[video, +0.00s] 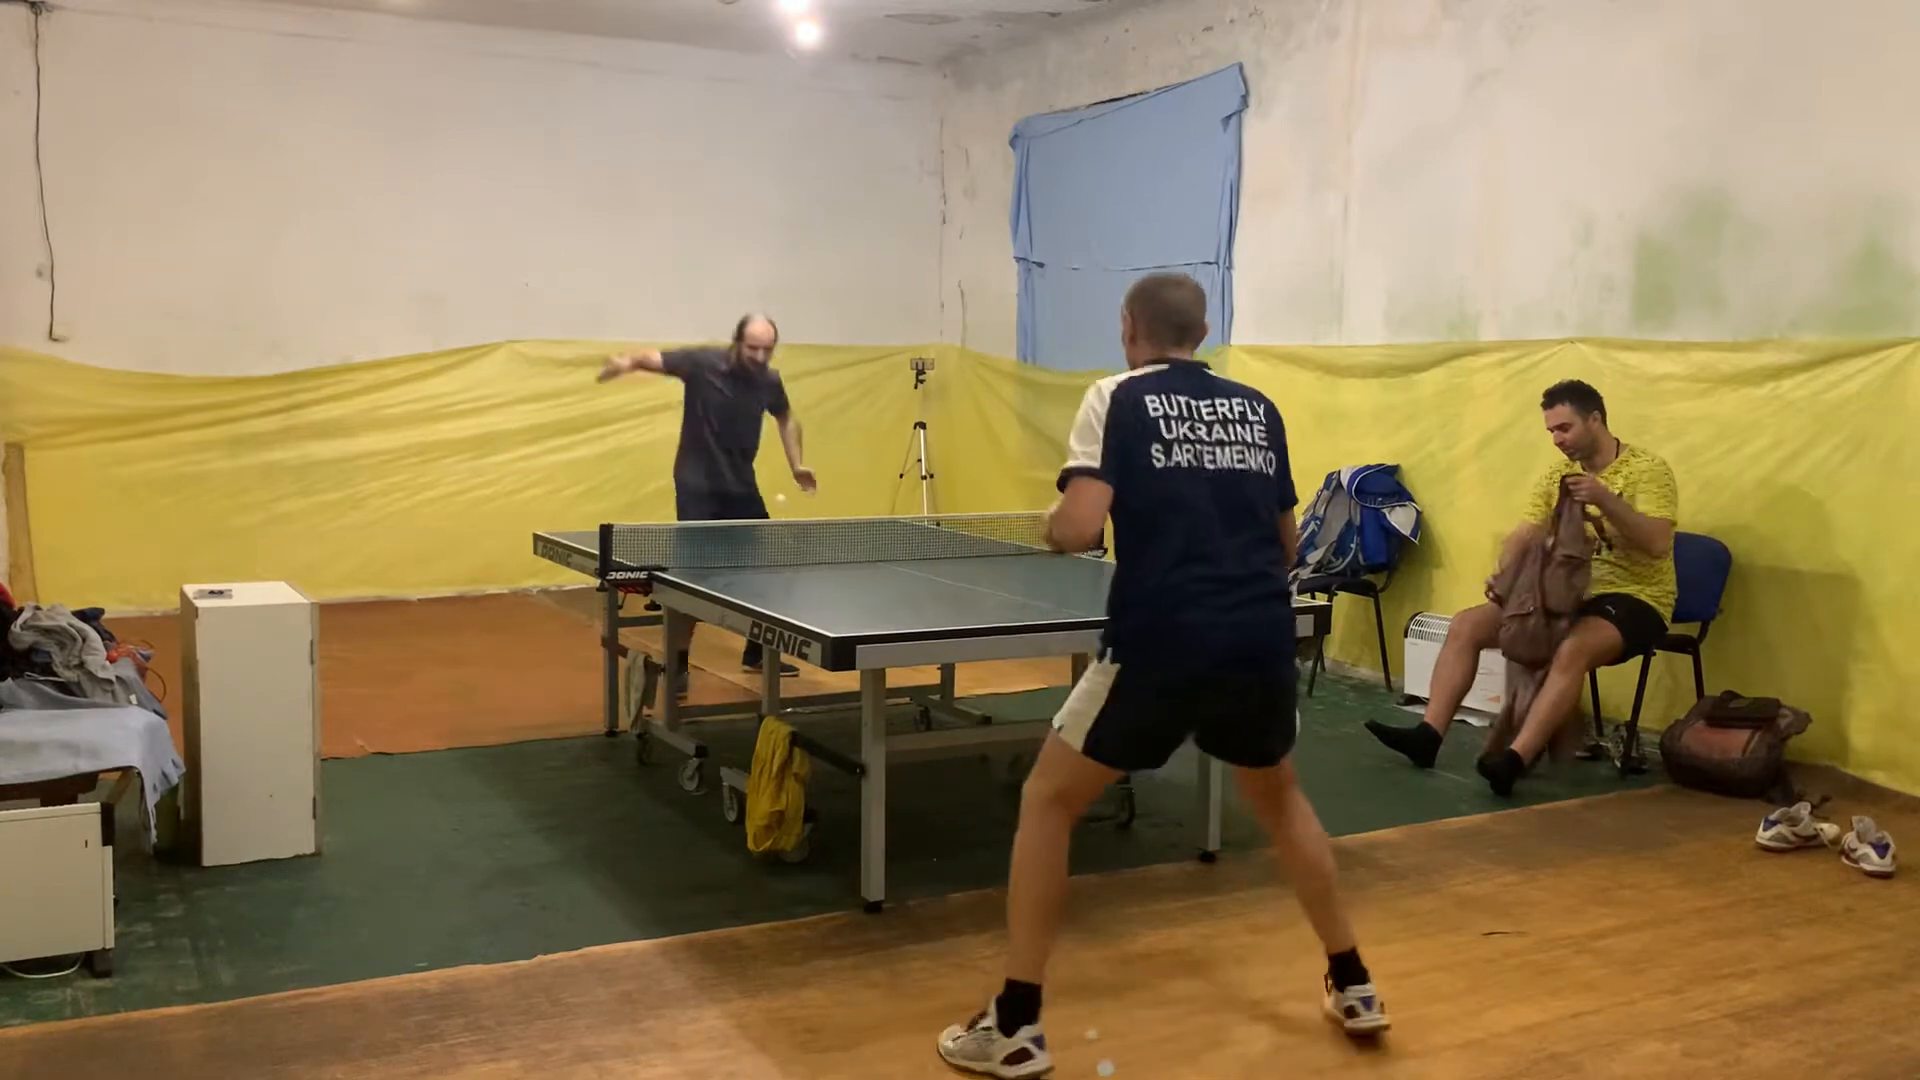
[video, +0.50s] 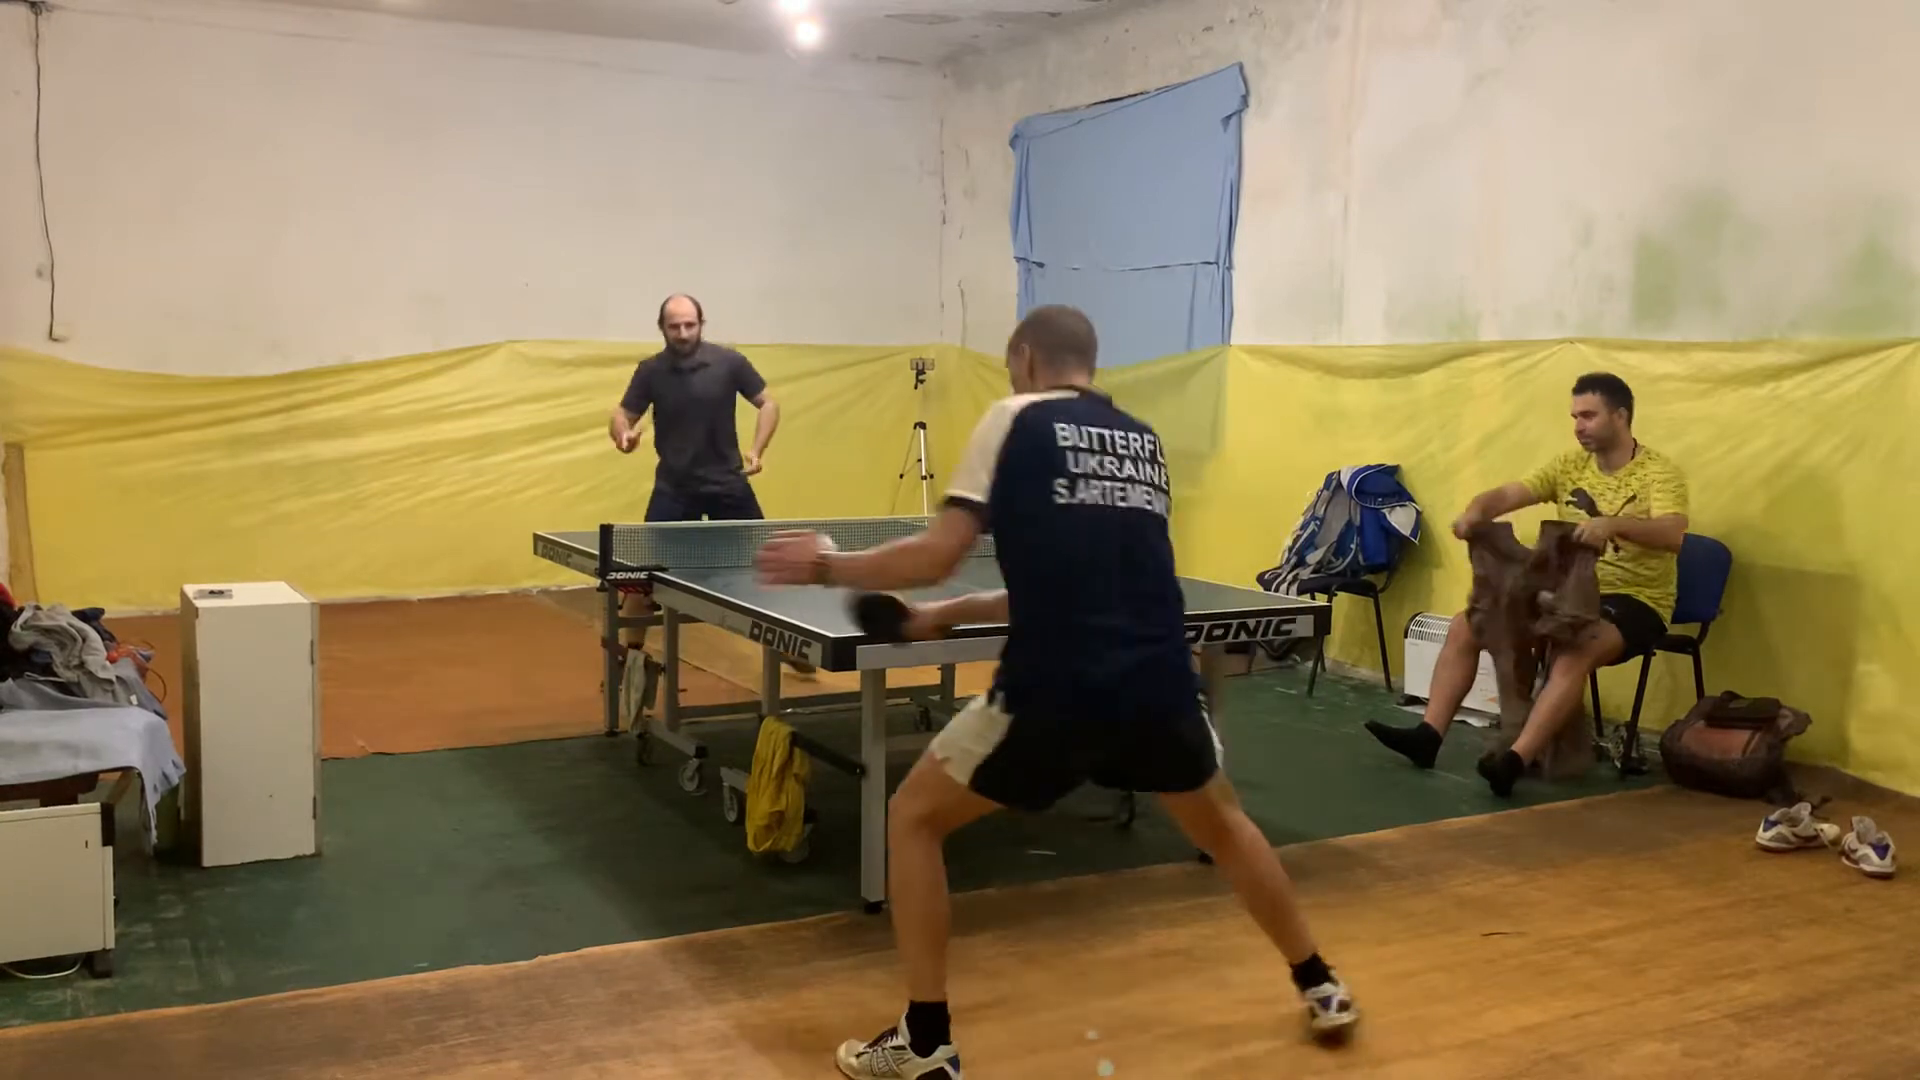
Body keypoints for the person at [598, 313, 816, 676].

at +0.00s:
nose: (758, 355)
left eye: (766, 349)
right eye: (752, 347)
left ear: (773, 348)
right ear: (737, 341)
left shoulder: (769, 381)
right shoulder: (705, 363)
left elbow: (786, 419)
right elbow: (650, 360)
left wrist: (796, 465)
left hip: (742, 491)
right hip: (697, 490)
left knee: (769, 566)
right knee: (693, 575)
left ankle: (758, 647)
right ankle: (678, 662)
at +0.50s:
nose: (682, 334)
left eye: (689, 326)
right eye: (674, 327)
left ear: (701, 324)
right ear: (662, 328)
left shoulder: (729, 363)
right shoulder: (650, 371)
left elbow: (768, 405)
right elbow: (623, 415)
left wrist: (756, 451)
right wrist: (623, 436)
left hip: (726, 485)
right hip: (673, 487)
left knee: (759, 552)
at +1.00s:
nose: (738, 410)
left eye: (744, 400)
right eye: (731, 403)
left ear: (762, 395)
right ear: (725, 404)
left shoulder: (779, 423)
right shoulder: (763, 427)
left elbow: (798, 469)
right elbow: (785, 478)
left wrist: (768, 513)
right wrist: (770, 514)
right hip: (800, 525)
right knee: (722, 567)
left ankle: (704, 659)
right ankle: (704, 658)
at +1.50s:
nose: (864, 354)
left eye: (871, 347)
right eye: (857, 348)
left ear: (886, 350)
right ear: (849, 354)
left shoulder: (908, 393)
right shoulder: (839, 391)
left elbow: (926, 443)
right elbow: (798, 420)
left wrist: (890, 462)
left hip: (896, 507)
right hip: (842, 504)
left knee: (933, 573)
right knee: (802, 567)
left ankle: (961, 646)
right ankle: (793, 651)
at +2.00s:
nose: (706, 361)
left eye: (712, 352)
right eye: (700, 354)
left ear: (731, 349)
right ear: (695, 355)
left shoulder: (770, 383)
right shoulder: (704, 397)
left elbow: (819, 417)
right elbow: (668, 438)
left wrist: (809, 470)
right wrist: (622, 474)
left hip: (786, 487)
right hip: (742, 487)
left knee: (809, 556)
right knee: (703, 542)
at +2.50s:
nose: (589, 353)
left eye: (595, 346)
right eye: (580, 348)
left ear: (602, 348)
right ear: (565, 351)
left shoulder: (622, 390)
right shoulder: (545, 396)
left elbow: (654, 424)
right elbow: (514, 447)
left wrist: (641, 477)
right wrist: (541, 468)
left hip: (610, 501)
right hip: (559, 502)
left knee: (662, 565)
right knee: (520, 582)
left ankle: (644, 624)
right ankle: (481, 653)